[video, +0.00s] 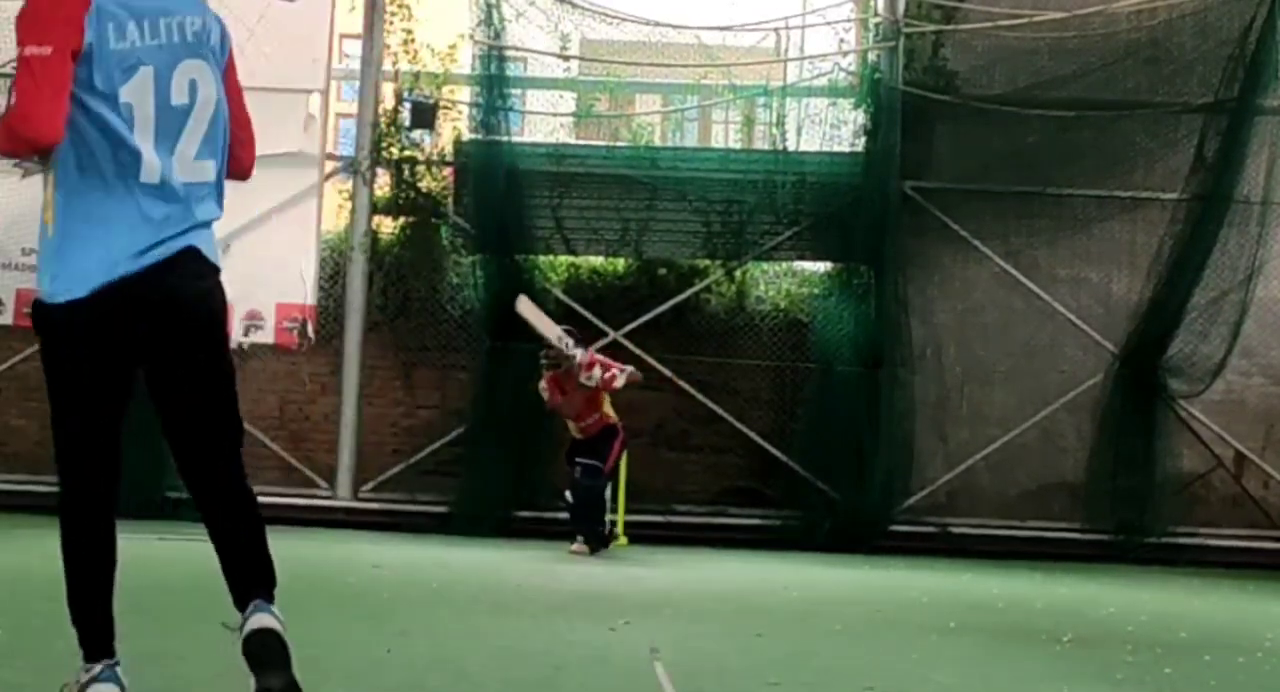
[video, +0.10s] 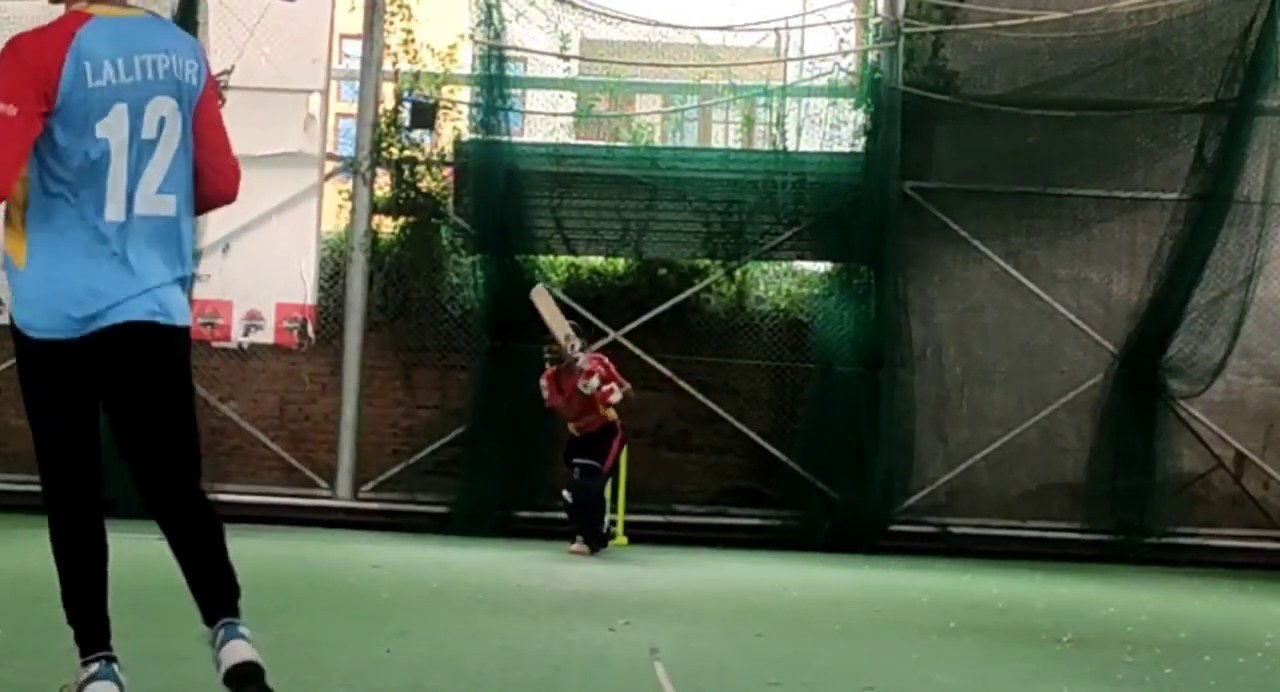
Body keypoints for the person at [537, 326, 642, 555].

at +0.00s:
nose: (550, 359)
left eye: (556, 353)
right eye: (547, 353)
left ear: (571, 354)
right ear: (545, 357)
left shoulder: (588, 366)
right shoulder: (549, 382)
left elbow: (632, 375)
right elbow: (562, 409)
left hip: (606, 430)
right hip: (580, 436)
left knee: (590, 479)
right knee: (577, 485)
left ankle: (587, 536)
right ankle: (596, 534)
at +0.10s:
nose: (567, 345)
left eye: (567, 340)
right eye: (558, 343)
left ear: (577, 343)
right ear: (553, 349)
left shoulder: (595, 363)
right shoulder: (550, 378)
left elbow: (625, 389)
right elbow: (557, 407)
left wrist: (607, 392)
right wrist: (580, 389)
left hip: (605, 427)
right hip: (578, 432)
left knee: (589, 479)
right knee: (579, 482)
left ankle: (588, 537)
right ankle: (592, 535)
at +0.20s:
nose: (571, 349)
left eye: (575, 342)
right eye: (565, 344)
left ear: (584, 342)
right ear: (558, 347)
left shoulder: (603, 360)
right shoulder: (553, 371)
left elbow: (620, 389)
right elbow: (560, 404)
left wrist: (611, 399)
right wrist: (579, 393)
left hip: (604, 422)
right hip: (577, 426)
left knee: (588, 476)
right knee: (576, 479)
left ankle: (585, 536)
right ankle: (593, 533)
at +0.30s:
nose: (571, 333)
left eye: (575, 327)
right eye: (567, 328)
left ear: (586, 328)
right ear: (562, 331)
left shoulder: (606, 353)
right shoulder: (557, 358)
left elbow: (624, 387)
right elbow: (559, 394)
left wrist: (609, 400)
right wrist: (578, 401)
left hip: (604, 421)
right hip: (576, 420)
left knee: (587, 474)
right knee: (575, 475)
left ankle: (584, 535)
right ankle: (591, 533)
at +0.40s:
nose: (568, 322)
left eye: (573, 316)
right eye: (566, 317)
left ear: (589, 317)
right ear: (566, 319)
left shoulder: (611, 343)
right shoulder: (559, 349)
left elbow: (624, 384)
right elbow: (562, 394)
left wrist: (614, 405)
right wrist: (587, 408)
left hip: (604, 414)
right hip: (574, 413)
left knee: (589, 472)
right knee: (574, 473)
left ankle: (584, 535)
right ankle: (587, 533)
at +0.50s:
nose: (578, 312)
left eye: (583, 306)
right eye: (574, 307)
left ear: (596, 306)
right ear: (569, 309)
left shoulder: (615, 335)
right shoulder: (563, 339)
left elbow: (626, 373)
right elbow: (561, 377)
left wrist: (623, 408)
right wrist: (563, 413)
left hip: (604, 403)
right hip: (576, 404)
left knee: (592, 467)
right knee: (572, 469)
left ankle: (586, 535)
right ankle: (589, 528)